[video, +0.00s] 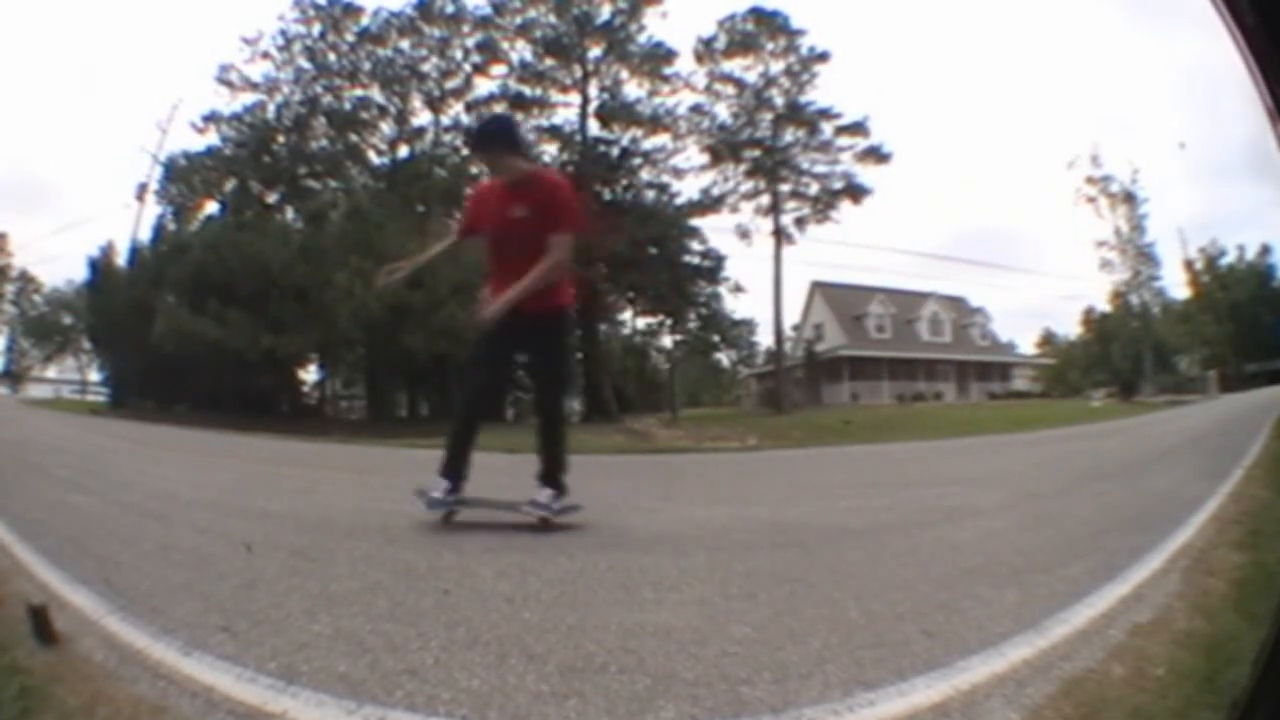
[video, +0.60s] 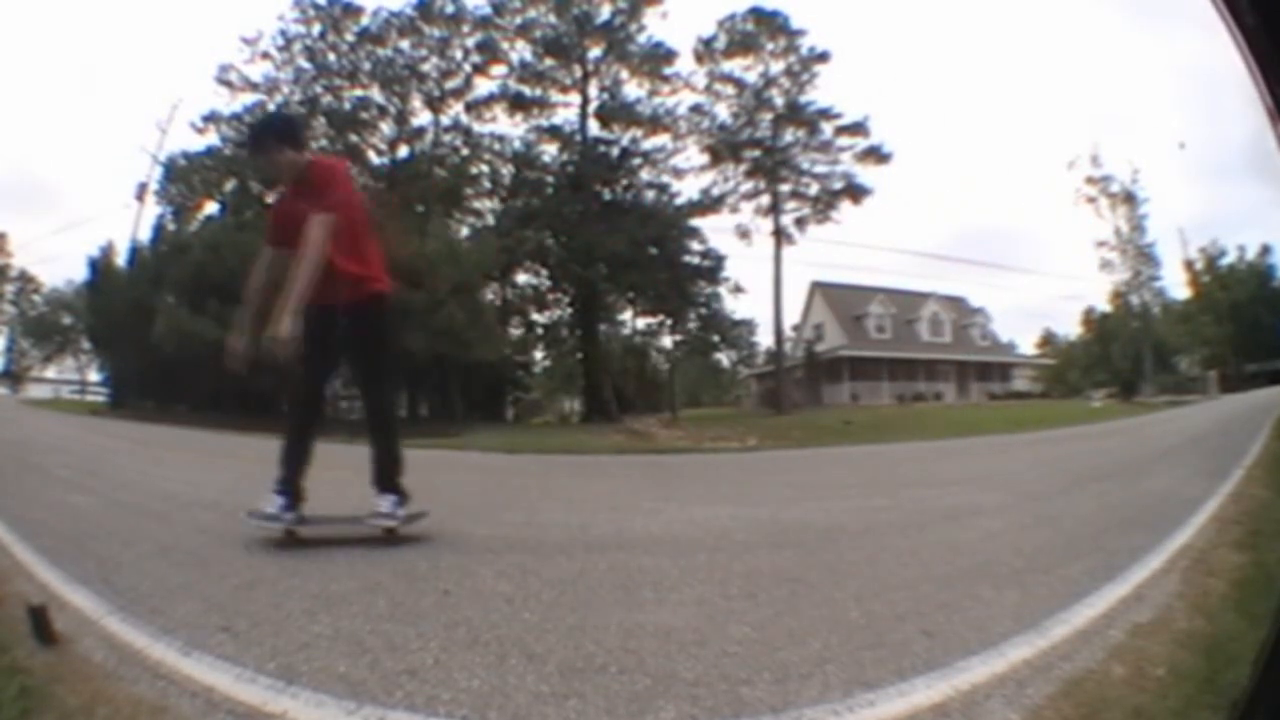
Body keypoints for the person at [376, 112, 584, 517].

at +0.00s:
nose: (489, 167)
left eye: (491, 158)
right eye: (484, 159)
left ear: (507, 150)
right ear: (486, 156)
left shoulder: (553, 187)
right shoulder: (487, 194)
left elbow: (560, 256)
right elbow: (458, 240)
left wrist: (505, 299)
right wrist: (408, 267)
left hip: (549, 308)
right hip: (502, 308)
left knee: (550, 400)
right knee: (476, 392)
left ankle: (553, 485)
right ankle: (450, 479)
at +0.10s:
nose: (436, 166)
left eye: (439, 157)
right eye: (433, 158)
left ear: (458, 150)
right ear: (440, 155)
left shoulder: (505, 189)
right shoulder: (444, 196)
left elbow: (517, 259)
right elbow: (429, 254)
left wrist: (513, 328)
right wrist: (408, 309)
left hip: (516, 309)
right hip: (474, 309)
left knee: (519, 400)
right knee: (452, 398)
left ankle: (523, 486)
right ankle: (430, 491)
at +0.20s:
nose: (388, 177)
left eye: (390, 167)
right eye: (383, 169)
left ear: (408, 158)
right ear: (389, 166)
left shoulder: (454, 189)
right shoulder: (400, 204)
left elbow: (480, 259)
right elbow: (410, 266)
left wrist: (510, 326)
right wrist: (415, 321)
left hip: (480, 316)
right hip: (437, 318)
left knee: (494, 404)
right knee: (423, 407)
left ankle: (508, 487)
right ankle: (411, 498)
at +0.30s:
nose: (345, 182)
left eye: (348, 171)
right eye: (340, 174)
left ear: (366, 162)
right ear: (344, 174)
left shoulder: (415, 184)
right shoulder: (363, 211)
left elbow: (455, 247)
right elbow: (389, 262)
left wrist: (481, 315)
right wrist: (403, 304)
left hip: (450, 307)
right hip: (407, 313)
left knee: (466, 401)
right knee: (397, 403)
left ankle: (482, 487)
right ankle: (383, 498)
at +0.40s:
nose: (313, 185)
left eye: (314, 174)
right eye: (306, 178)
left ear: (334, 161)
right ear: (312, 176)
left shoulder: (379, 181)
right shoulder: (333, 212)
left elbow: (422, 241)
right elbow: (348, 268)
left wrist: (428, 309)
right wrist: (350, 320)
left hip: (417, 305)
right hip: (378, 312)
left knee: (438, 398)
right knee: (369, 402)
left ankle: (456, 488)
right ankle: (355, 499)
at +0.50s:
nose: (288, 175)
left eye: (289, 165)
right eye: (282, 168)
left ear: (305, 154)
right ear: (287, 166)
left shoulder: (350, 175)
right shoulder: (306, 208)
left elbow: (370, 248)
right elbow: (307, 275)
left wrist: (360, 314)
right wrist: (305, 339)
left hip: (389, 298)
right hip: (347, 304)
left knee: (405, 392)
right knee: (335, 396)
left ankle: (424, 488)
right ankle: (322, 495)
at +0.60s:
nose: (263, 169)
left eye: (267, 157)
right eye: (259, 160)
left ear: (289, 149)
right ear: (269, 157)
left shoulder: (331, 177)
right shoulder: (285, 205)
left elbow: (315, 250)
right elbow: (266, 268)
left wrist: (288, 315)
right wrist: (243, 329)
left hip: (365, 303)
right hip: (321, 307)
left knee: (378, 397)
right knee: (305, 395)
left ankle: (391, 491)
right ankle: (288, 494)